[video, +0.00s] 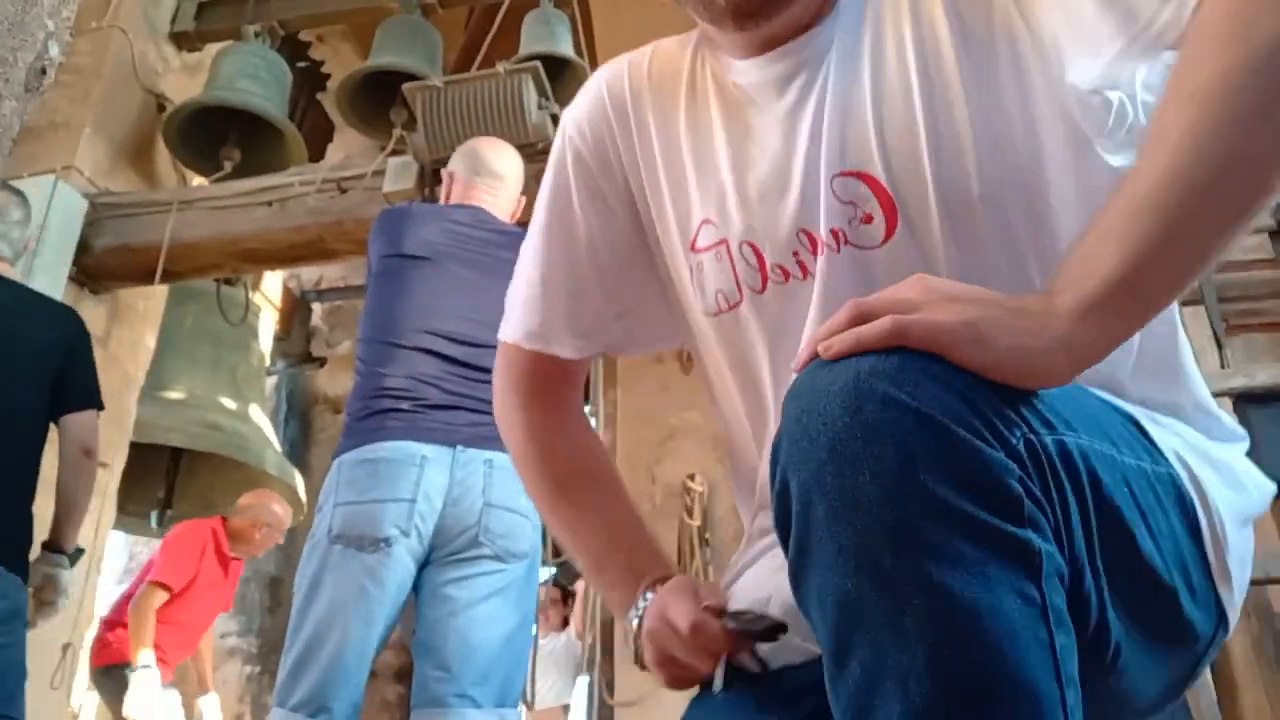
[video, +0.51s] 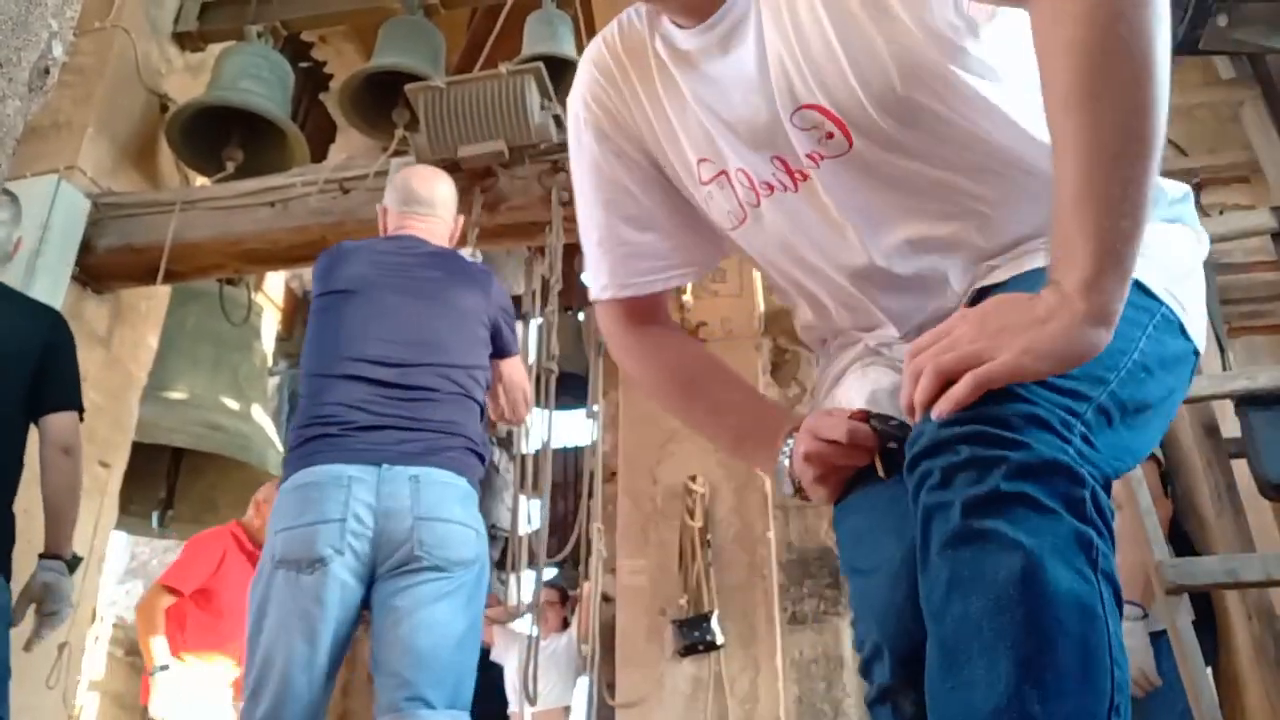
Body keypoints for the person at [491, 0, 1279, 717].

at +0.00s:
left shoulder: (1014, 11)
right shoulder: (623, 112)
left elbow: (1254, 20)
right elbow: (533, 385)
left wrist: (1068, 315)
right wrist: (645, 589)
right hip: (815, 589)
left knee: (862, 415)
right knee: (735, 713)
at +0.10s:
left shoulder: (974, 5)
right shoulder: (610, 89)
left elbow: (1233, 9)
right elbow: (523, 367)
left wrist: (1060, 306)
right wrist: (672, 565)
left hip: (1133, 475)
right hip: (825, 541)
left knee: (867, 409)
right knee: (751, 698)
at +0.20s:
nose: (676, 5)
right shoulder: (602, 92)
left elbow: (1210, 5)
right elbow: (530, 367)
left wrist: (1059, 295)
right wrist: (709, 537)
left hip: (1130, 407)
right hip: (843, 503)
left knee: (891, 407)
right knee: (789, 701)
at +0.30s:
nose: (646, 4)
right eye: (624, 6)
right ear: (602, 5)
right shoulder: (597, 105)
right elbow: (562, 369)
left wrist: (1077, 285)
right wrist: (738, 505)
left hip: (1123, 342)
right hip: (851, 442)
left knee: (925, 410)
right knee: (831, 695)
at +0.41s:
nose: (633, 3)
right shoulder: (602, 99)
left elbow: (1116, 2)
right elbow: (595, 350)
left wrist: (1084, 281)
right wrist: (764, 474)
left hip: (1086, 303)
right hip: (866, 404)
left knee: (956, 429)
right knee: (874, 662)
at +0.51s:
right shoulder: (614, 86)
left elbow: (1093, 4)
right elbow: (632, 321)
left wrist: (1080, 297)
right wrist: (786, 442)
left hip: (1063, 267)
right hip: (870, 359)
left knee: (974, 451)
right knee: (899, 626)